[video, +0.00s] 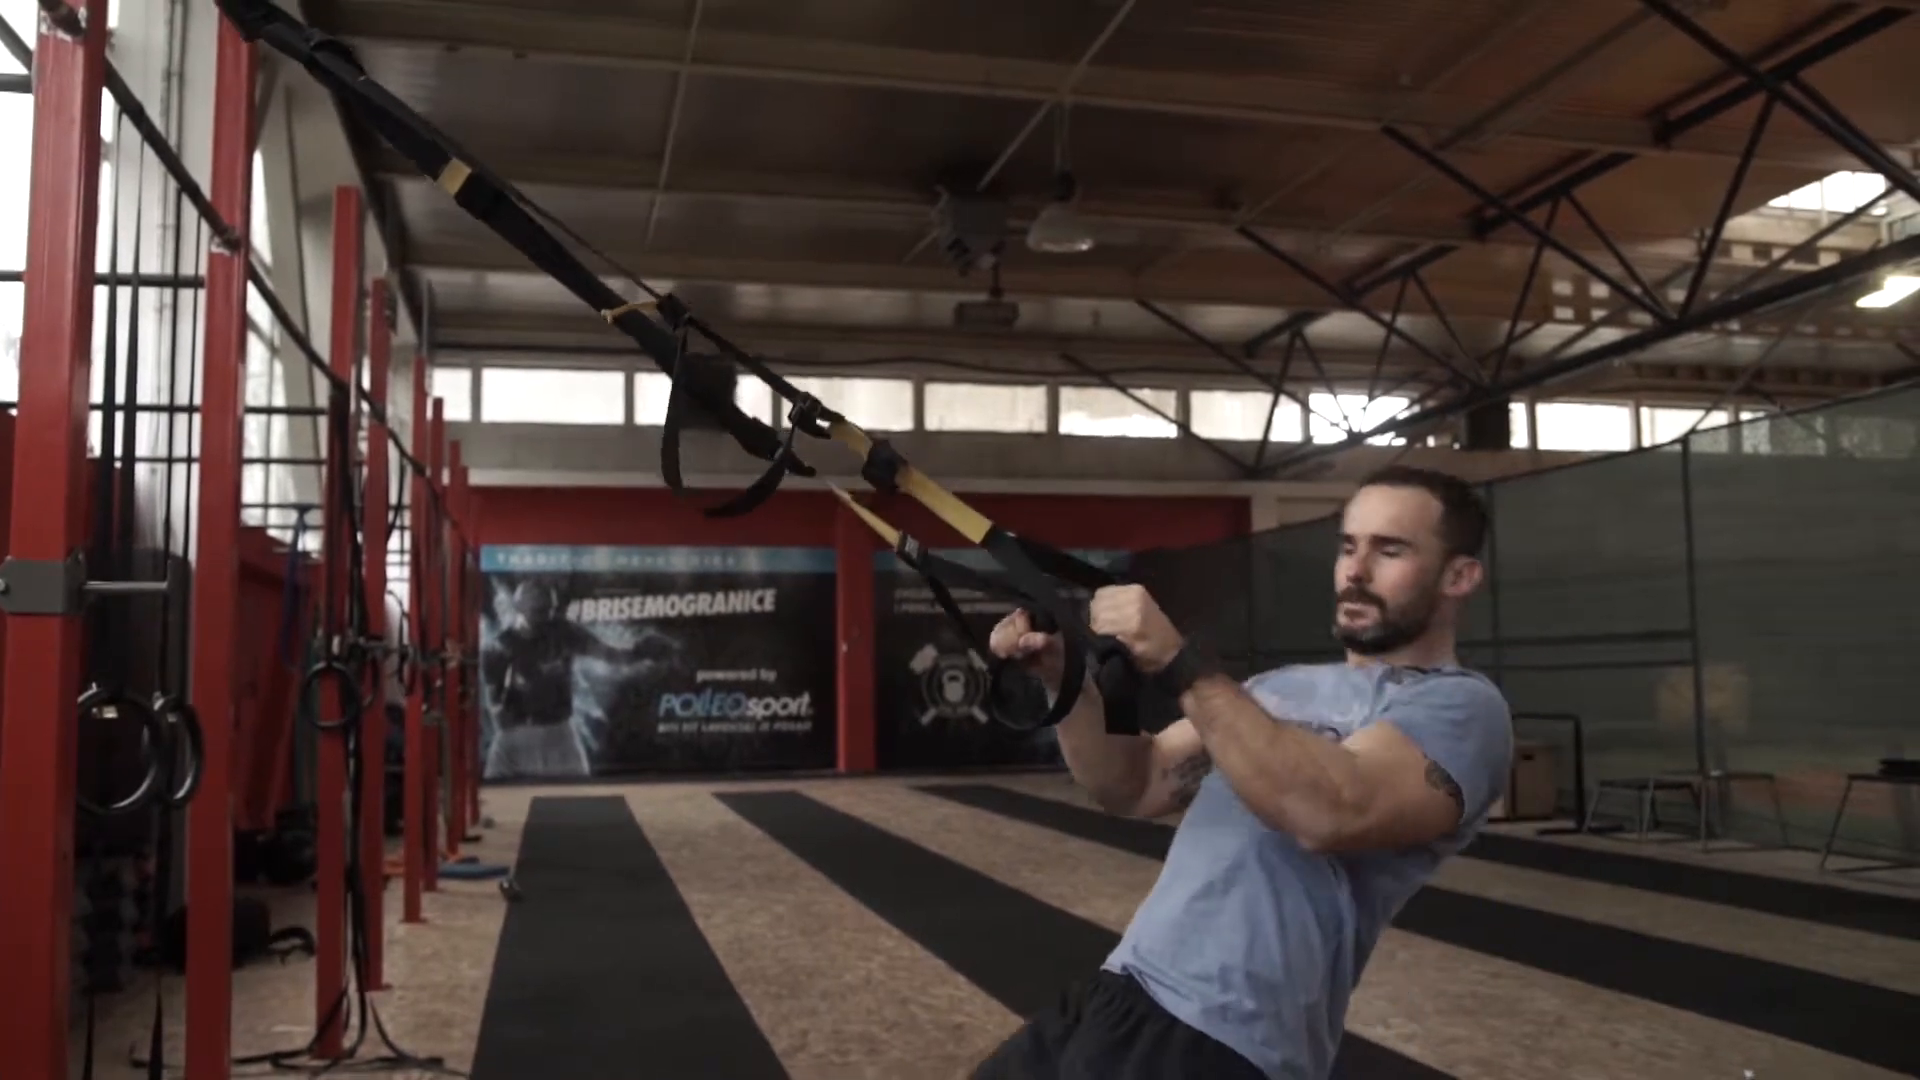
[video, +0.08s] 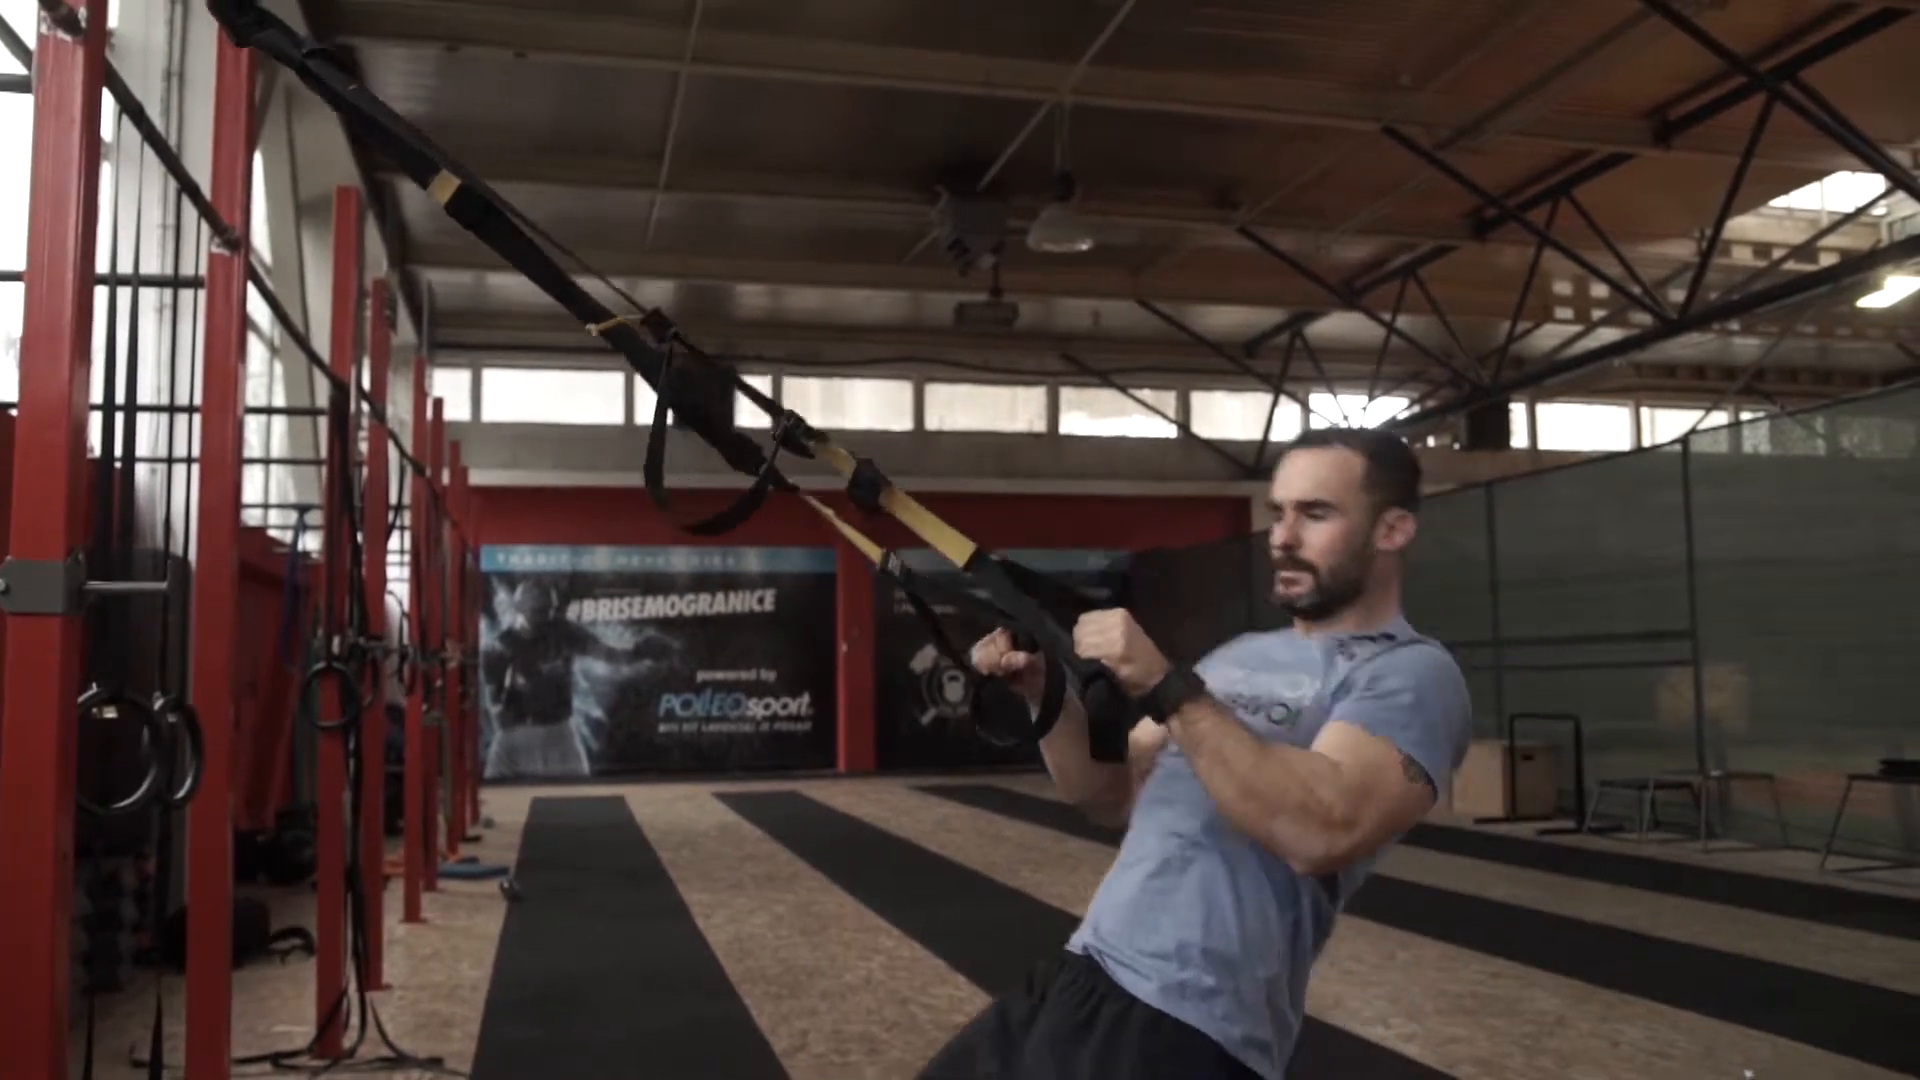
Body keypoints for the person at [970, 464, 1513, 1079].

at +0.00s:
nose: (1354, 571)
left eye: (1389, 551)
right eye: (1348, 548)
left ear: (1460, 579)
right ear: (1336, 555)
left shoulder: (1468, 713)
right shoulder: (1285, 685)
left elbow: (1329, 809)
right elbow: (1133, 786)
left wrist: (1182, 661)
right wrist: (1068, 680)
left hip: (1231, 1049)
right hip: (1113, 995)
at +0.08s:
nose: (1281, 538)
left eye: (1315, 514)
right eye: (1277, 514)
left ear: (1393, 530)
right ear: (1267, 519)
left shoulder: (1417, 675)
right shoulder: (1244, 653)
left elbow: (1320, 827)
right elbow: (1112, 793)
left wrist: (1167, 685)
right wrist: (1045, 697)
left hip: (1192, 1033)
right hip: (1078, 979)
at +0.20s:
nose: (1168, 495)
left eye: (1196, 466)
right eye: (1164, 472)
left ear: (1280, 465)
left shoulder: (1328, 623)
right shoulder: (1164, 605)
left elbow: (1313, 822)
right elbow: (1095, 775)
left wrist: (1133, 715)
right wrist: (1011, 713)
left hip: (1128, 1014)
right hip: (1017, 960)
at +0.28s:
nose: (1094, 475)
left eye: (1121, 444)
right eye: (1090, 451)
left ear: (1206, 436)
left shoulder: (1268, 596)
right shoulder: (1111, 582)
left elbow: (1297, 803)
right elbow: (1078, 755)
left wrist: (1097, 729)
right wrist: (982, 726)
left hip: (1089, 1002)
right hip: (973, 956)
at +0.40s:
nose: (999, 455)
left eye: (1022, 422)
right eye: (994, 430)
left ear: (1110, 411)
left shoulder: (1191, 567)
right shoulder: (1036, 567)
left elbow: (1254, 776)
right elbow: (1023, 763)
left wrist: (1046, 757)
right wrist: (921, 774)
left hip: (1049, 994)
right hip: (931, 957)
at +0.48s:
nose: (951, 445)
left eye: (973, 412)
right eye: (946, 420)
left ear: (1059, 399)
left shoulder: (1151, 555)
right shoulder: (996, 557)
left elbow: (1218, 761)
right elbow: (990, 715)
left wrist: (1012, 774)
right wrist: (891, 750)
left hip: (1036, 986)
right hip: (916, 953)